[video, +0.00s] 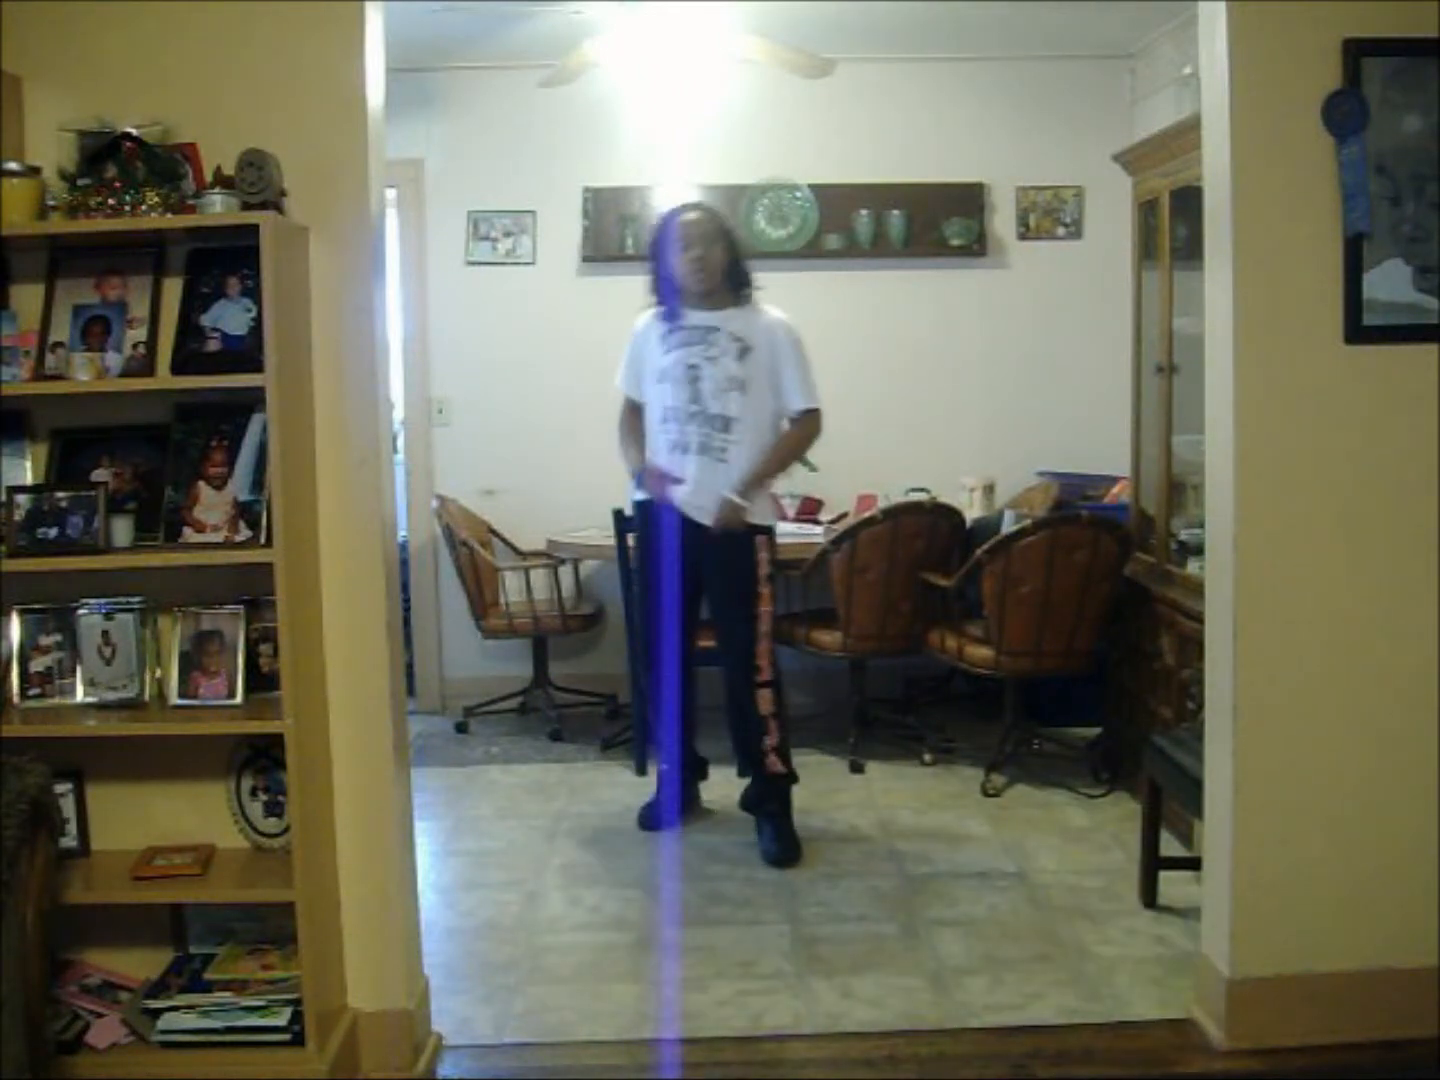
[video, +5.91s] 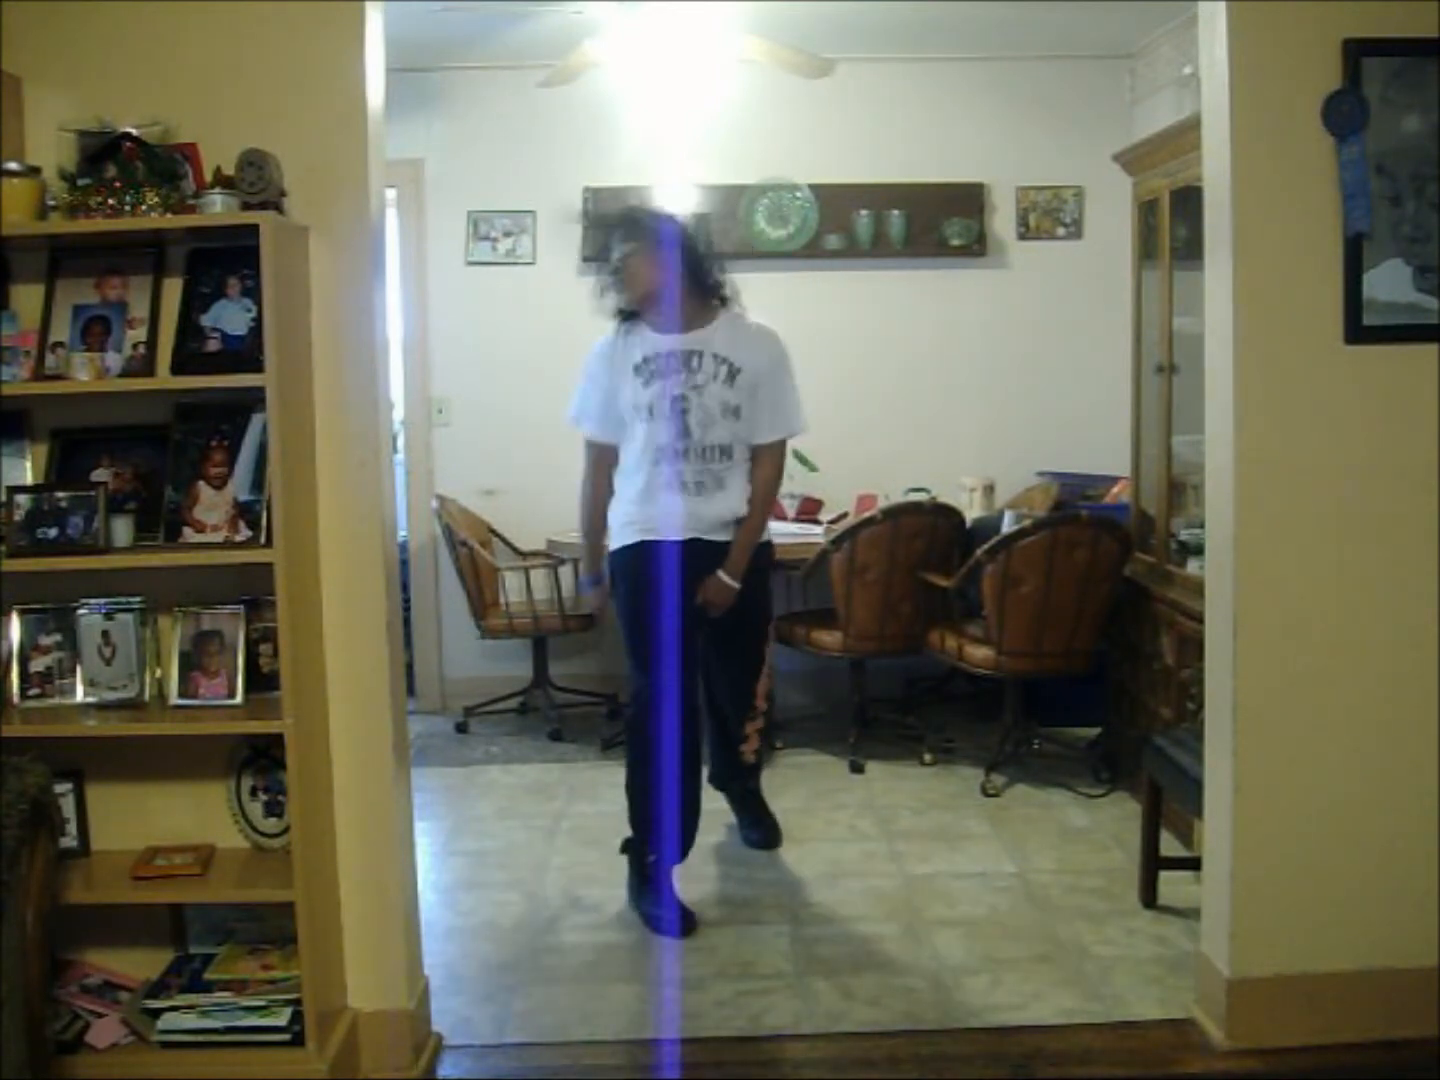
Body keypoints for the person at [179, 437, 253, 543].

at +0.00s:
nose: (219, 472)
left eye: (224, 466)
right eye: (214, 466)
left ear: (230, 469)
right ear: (204, 468)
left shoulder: (232, 488)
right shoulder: (200, 487)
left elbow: (236, 510)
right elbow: (187, 511)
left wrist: (232, 531)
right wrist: (200, 525)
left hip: (225, 532)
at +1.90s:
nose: (219, 471)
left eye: (223, 466)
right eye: (213, 466)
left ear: (230, 469)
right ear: (203, 468)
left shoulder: (232, 488)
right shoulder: (200, 487)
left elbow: (237, 511)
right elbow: (186, 511)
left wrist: (232, 531)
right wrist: (202, 526)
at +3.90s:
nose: (219, 472)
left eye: (224, 467)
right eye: (214, 466)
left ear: (230, 469)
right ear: (203, 468)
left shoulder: (231, 489)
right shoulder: (199, 489)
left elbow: (236, 509)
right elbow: (186, 511)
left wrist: (234, 523)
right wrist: (199, 526)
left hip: (225, 533)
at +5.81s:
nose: (219, 472)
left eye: (224, 467)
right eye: (214, 466)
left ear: (231, 469)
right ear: (203, 468)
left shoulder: (231, 488)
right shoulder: (199, 488)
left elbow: (236, 509)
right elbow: (186, 511)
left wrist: (234, 523)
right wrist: (199, 526)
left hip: (225, 533)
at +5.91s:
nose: (219, 472)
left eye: (224, 467)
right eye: (214, 466)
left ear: (231, 469)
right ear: (203, 468)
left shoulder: (231, 488)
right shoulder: (199, 488)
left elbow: (236, 509)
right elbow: (186, 511)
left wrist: (234, 523)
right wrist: (199, 526)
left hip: (225, 534)